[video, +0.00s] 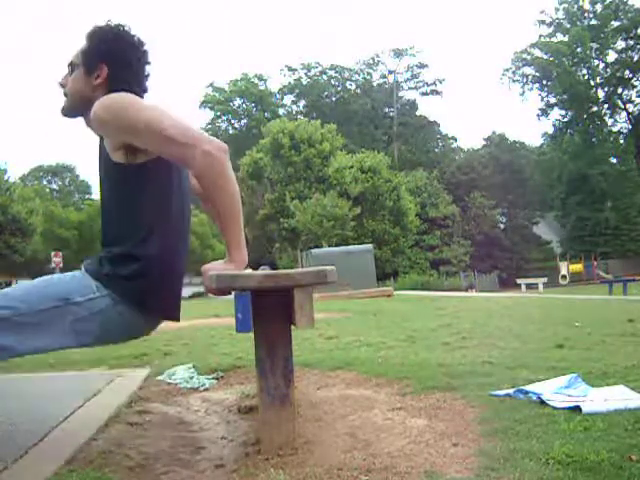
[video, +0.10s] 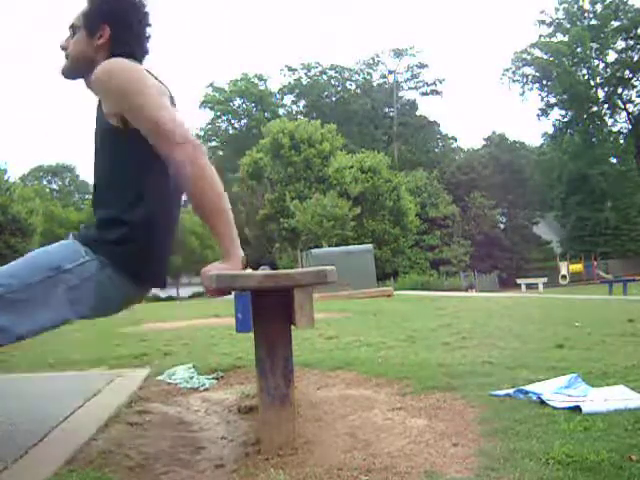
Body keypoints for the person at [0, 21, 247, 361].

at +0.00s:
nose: (62, 81)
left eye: (72, 69)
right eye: (68, 69)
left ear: (99, 76)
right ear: (100, 77)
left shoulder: (110, 109)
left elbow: (212, 153)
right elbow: (202, 187)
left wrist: (237, 257)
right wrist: (240, 250)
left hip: (120, 293)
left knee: (2, 316)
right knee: (5, 311)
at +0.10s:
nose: (64, 44)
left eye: (73, 32)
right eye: (68, 33)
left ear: (102, 36)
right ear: (101, 37)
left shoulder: (115, 73)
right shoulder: (143, 82)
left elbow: (187, 155)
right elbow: (193, 163)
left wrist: (233, 255)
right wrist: (233, 256)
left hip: (109, 259)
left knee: (3, 306)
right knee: (5, 317)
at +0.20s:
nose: (64, 23)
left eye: (74, 10)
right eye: (69, 12)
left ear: (102, 13)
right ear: (101, 14)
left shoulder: (118, 56)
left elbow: (169, 163)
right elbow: (169, 166)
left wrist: (225, 255)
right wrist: (226, 255)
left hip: (102, 238)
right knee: (5, 313)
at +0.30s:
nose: (65, 27)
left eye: (74, 14)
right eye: (69, 16)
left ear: (102, 16)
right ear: (101, 17)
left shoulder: (117, 60)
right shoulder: (145, 70)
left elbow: (176, 160)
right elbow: (178, 165)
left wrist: (228, 254)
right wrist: (229, 254)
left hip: (101, 244)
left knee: (4, 305)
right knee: (6, 319)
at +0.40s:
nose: (62, 54)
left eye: (71, 40)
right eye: (66, 42)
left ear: (99, 43)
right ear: (99, 43)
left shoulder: (115, 78)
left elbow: (196, 152)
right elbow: (201, 156)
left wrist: (234, 256)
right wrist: (234, 255)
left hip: (114, 267)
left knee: (2, 314)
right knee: (5, 326)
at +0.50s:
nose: (59, 88)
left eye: (67, 75)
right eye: (63, 76)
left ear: (96, 78)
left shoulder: (112, 108)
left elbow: (214, 153)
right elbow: (204, 190)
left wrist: (238, 257)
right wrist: (240, 254)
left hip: (125, 296)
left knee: (3, 322)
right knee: (5, 320)